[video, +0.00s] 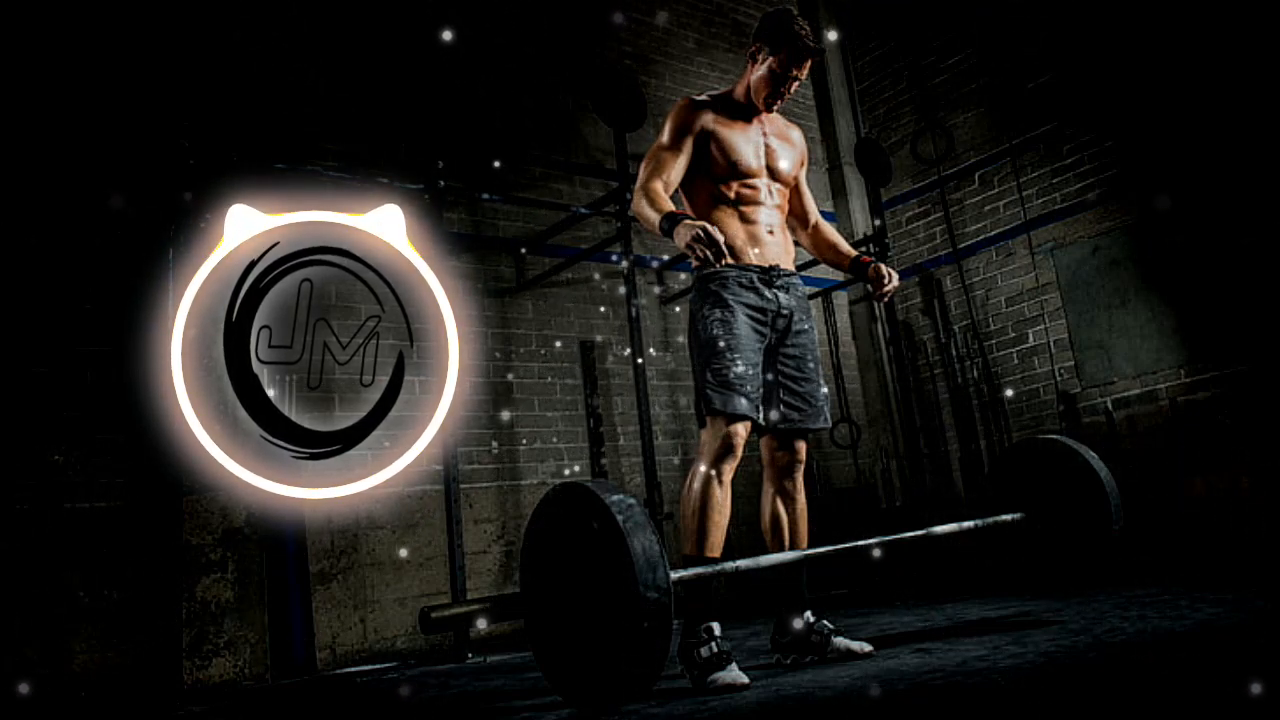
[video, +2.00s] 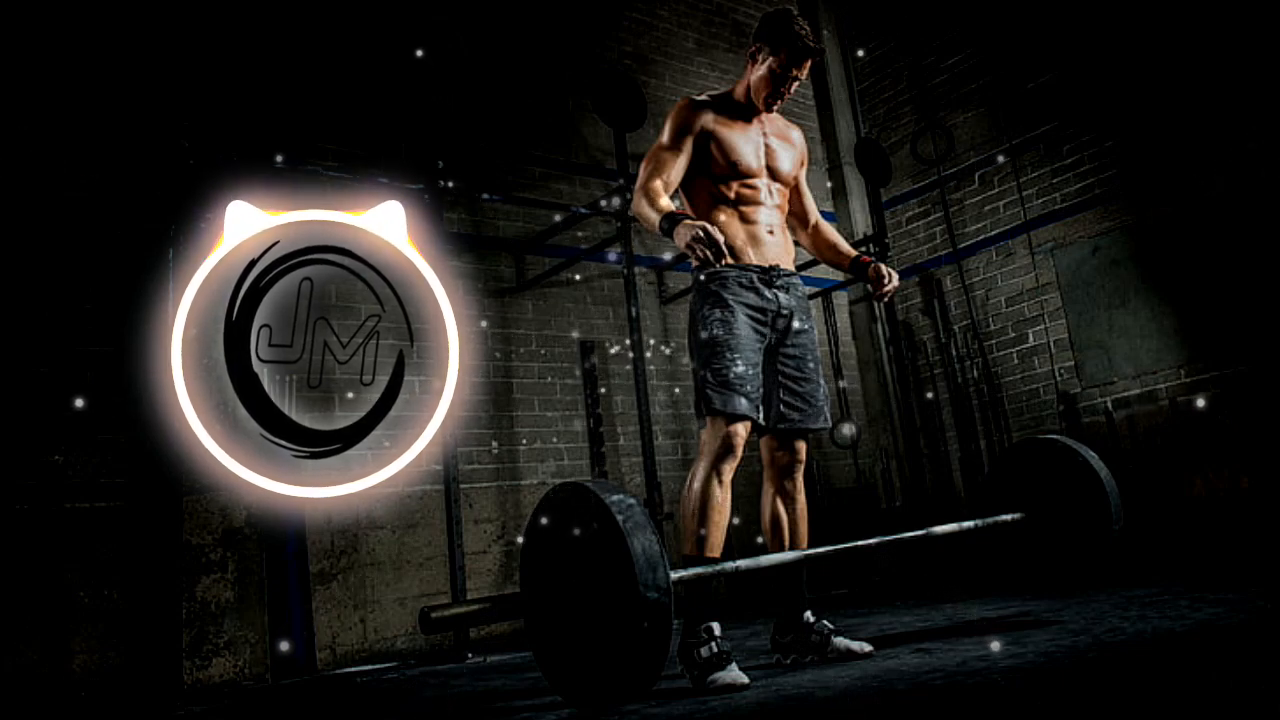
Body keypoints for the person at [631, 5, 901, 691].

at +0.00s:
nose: (789, 92)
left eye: (799, 82)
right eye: (785, 76)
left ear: (801, 77)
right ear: (756, 59)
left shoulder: (792, 136)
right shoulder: (697, 115)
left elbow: (809, 225)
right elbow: (645, 199)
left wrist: (860, 265)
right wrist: (676, 225)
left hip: (790, 296)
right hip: (730, 291)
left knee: (790, 453)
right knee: (728, 438)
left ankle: (797, 623)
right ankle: (698, 633)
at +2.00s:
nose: (789, 89)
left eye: (799, 79)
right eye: (787, 73)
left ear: (801, 76)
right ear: (756, 57)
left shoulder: (792, 137)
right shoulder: (698, 115)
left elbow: (808, 224)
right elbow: (646, 197)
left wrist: (860, 264)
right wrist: (675, 226)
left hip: (790, 297)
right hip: (730, 293)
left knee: (790, 455)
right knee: (730, 438)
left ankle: (797, 624)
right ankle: (699, 634)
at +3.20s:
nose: (788, 90)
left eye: (798, 80)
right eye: (785, 74)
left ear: (800, 77)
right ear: (756, 58)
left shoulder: (792, 137)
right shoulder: (697, 116)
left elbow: (809, 224)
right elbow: (645, 198)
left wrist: (860, 264)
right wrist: (676, 225)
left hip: (790, 297)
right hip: (730, 292)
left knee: (790, 454)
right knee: (729, 438)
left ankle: (796, 623)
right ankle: (699, 633)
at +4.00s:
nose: (788, 90)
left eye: (798, 80)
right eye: (785, 75)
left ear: (800, 77)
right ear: (756, 58)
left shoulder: (792, 136)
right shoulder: (697, 117)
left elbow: (808, 224)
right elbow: (645, 197)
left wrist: (861, 265)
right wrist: (676, 225)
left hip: (790, 297)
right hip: (730, 292)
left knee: (790, 455)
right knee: (729, 437)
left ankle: (796, 623)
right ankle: (698, 634)